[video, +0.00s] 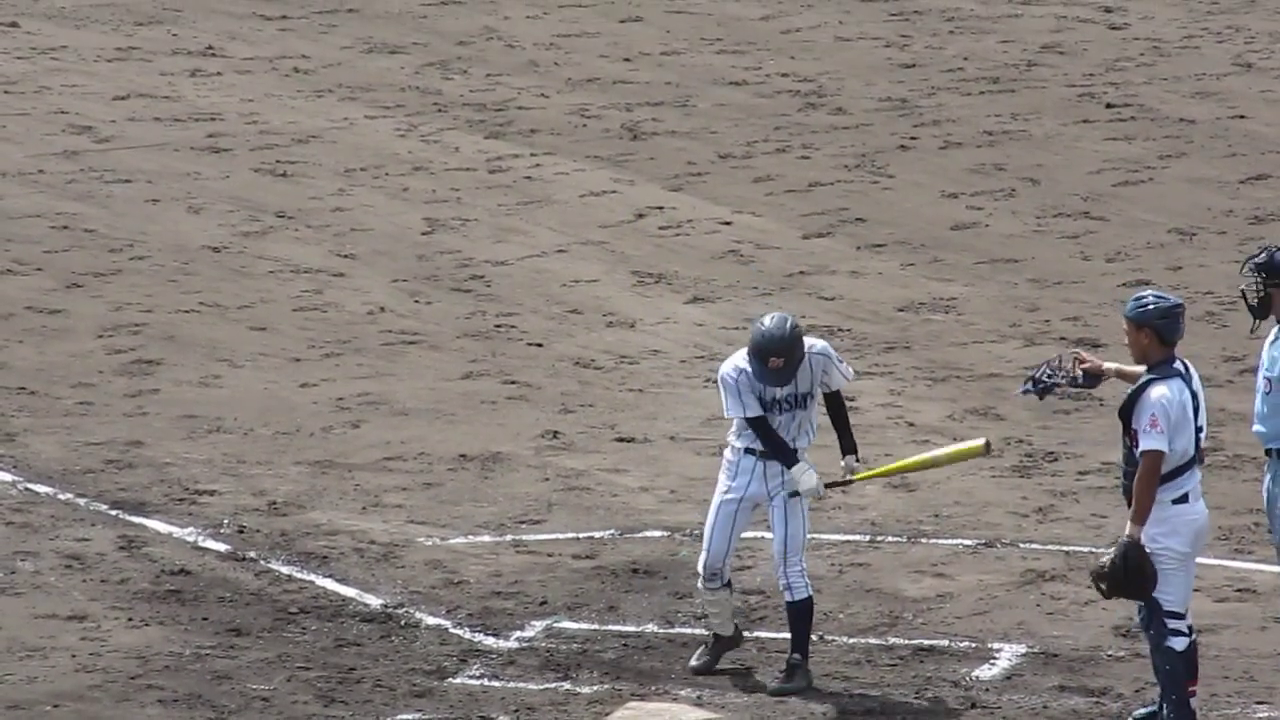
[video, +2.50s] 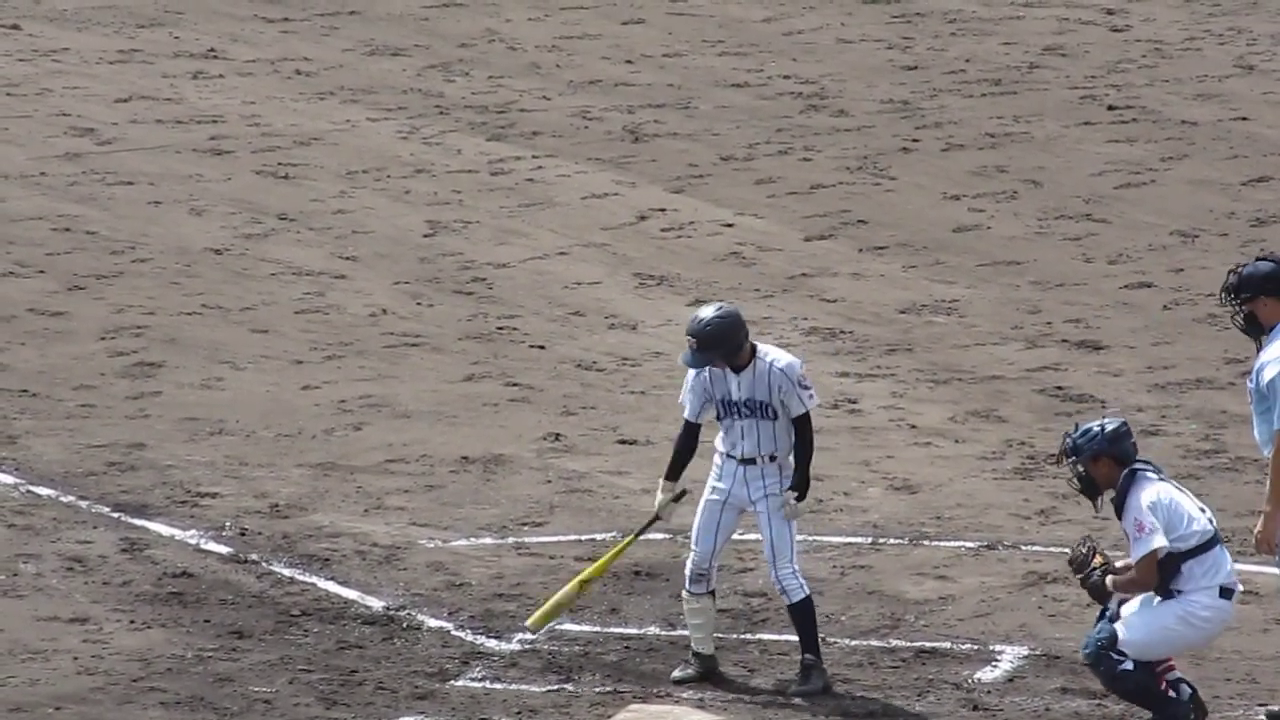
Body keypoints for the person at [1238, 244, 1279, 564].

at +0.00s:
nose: (1259, 292)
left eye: (1266, 285)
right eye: (1261, 284)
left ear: (1278, 292)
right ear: (1272, 291)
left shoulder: (1275, 342)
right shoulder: (1272, 339)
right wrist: (1269, 466)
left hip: (1276, 460)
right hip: (1272, 458)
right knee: (1276, 543)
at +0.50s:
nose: (1262, 290)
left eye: (1266, 282)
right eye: (1266, 281)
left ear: (1274, 291)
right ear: (1277, 291)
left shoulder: (1275, 352)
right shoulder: (1270, 346)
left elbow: (1275, 429)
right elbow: (1273, 429)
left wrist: (1253, 496)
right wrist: (1257, 497)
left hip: (1276, 494)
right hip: (1273, 491)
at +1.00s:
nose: (1264, 291)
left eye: (1267, 283)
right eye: (1265, 282)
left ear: (1274, 292)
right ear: (1275, 292)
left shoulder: (1273, 353)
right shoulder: (1269, 346)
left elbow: (1274, 435)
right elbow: (1269, 435)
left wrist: (1269, 500)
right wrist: (1266, 498)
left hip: (1272, 478)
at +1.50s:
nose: (1261, 295)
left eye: (1266, 288)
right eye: (1261, 287)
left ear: (1277, 294)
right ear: (1271, 294)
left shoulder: (1274, 355)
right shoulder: (1269, 348)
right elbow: (1267, 432)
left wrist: (1275, 510)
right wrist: (1270, 499)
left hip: (1274, 466)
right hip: (1268, 464)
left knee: (1273, 548)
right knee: (1272, 550)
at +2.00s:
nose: (1255, 299)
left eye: (1262, 292)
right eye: (1257, 291)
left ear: (1276, 297)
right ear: (1272, 297)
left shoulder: (1273, 364)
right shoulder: (1269, 354)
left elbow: (1277, 446)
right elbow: (1271, 443)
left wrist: (1274, 512)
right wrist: (1270, 507)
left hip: (1273, 488)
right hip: (1271, 484)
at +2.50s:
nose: (1244, 309)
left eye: (1248, 301)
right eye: (1244, 301)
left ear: (1266, 306)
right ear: (1270, 305)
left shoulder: (1271, 366)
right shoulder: (1269, 356)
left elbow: (1277, 444)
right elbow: (1275, 442)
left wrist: (1271, 512)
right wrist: (1270, 511)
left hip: (1279, 505)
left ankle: (1278, 702)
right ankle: (1277, 702)